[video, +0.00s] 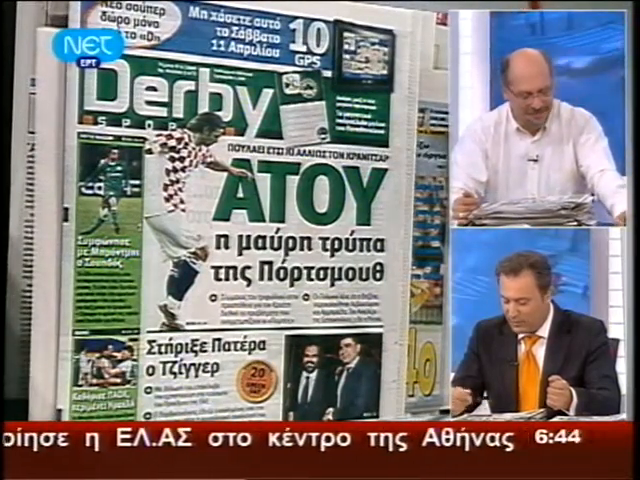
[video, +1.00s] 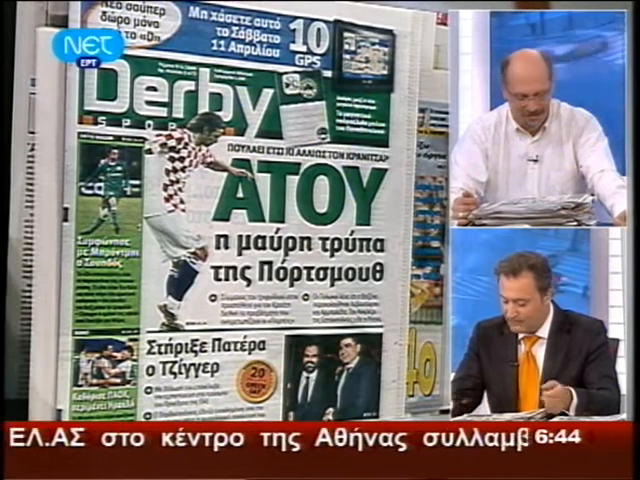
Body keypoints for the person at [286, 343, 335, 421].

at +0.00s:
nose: (310, 360)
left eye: (314, 356)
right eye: (306, 356)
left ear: (320, 359)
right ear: (302, 358)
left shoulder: (326, 377)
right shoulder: (295, 376)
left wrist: (330, 412)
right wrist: (290, 413)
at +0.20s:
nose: (309, 360)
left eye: (314, 356)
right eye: (306, 356)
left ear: (321, 359)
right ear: (302, 358)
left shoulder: (327, 377)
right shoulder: (295, 376)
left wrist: (330, 411)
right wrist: (290, 413)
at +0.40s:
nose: (310, 360)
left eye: (314, 356)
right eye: (307, 356)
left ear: (320, 359)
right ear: (302, 358)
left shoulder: (326, 377)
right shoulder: (295, 376)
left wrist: (330, 411)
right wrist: (290, 412)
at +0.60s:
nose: (310, 360)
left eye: (314, 356)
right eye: (307, 356)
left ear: (320, 359)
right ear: (302, 358)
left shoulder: (326, 377)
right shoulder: (295, 376)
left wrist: (330, 411)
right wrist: (290, 412)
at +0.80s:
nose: (310, 360)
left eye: (314, 356)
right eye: (307, 356)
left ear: (320, 359)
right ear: (302, 358)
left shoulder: (326, 377)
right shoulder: (295, 376)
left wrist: (330, 411)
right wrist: (290, 412)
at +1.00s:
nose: (310, 360)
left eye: (314, 356)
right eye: (307, 356)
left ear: (320, 359)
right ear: (302, 358)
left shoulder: (326, 377)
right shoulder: (296, 376)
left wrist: (330, 411)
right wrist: (290, 412)